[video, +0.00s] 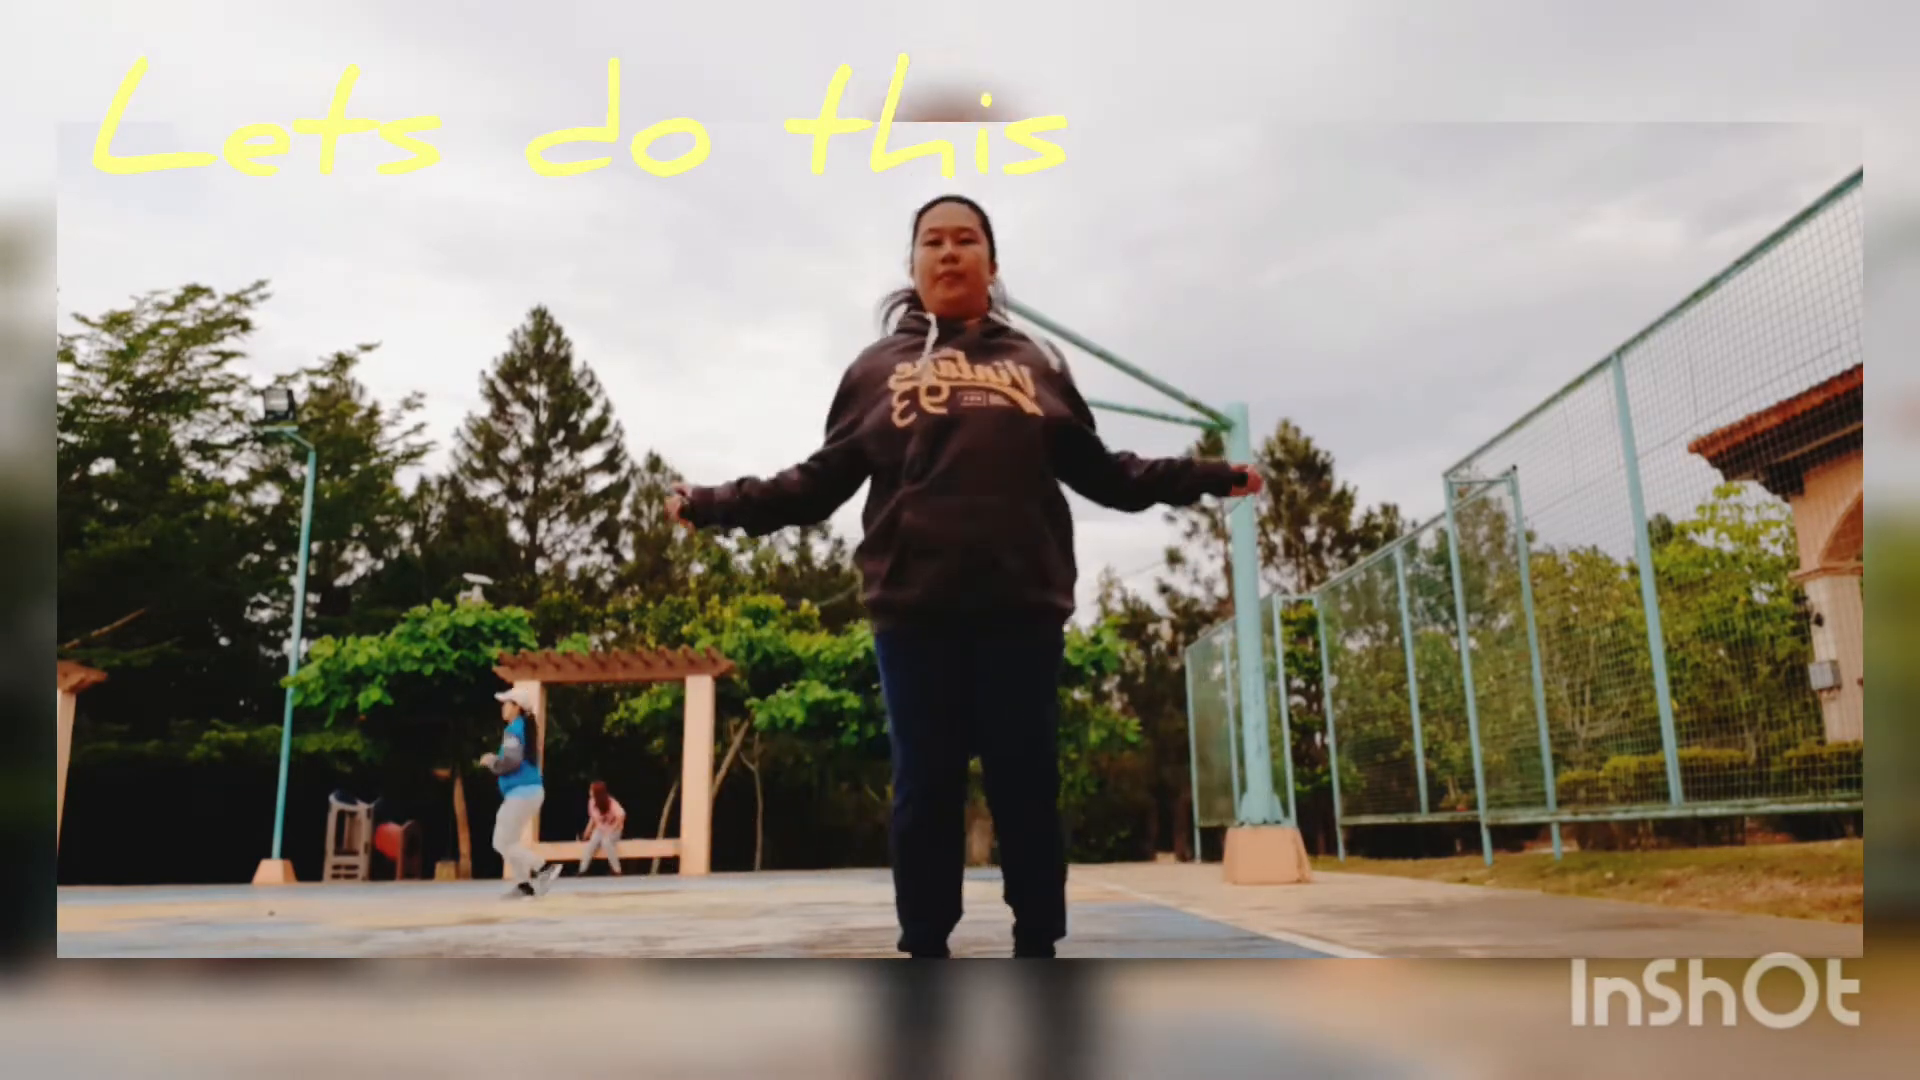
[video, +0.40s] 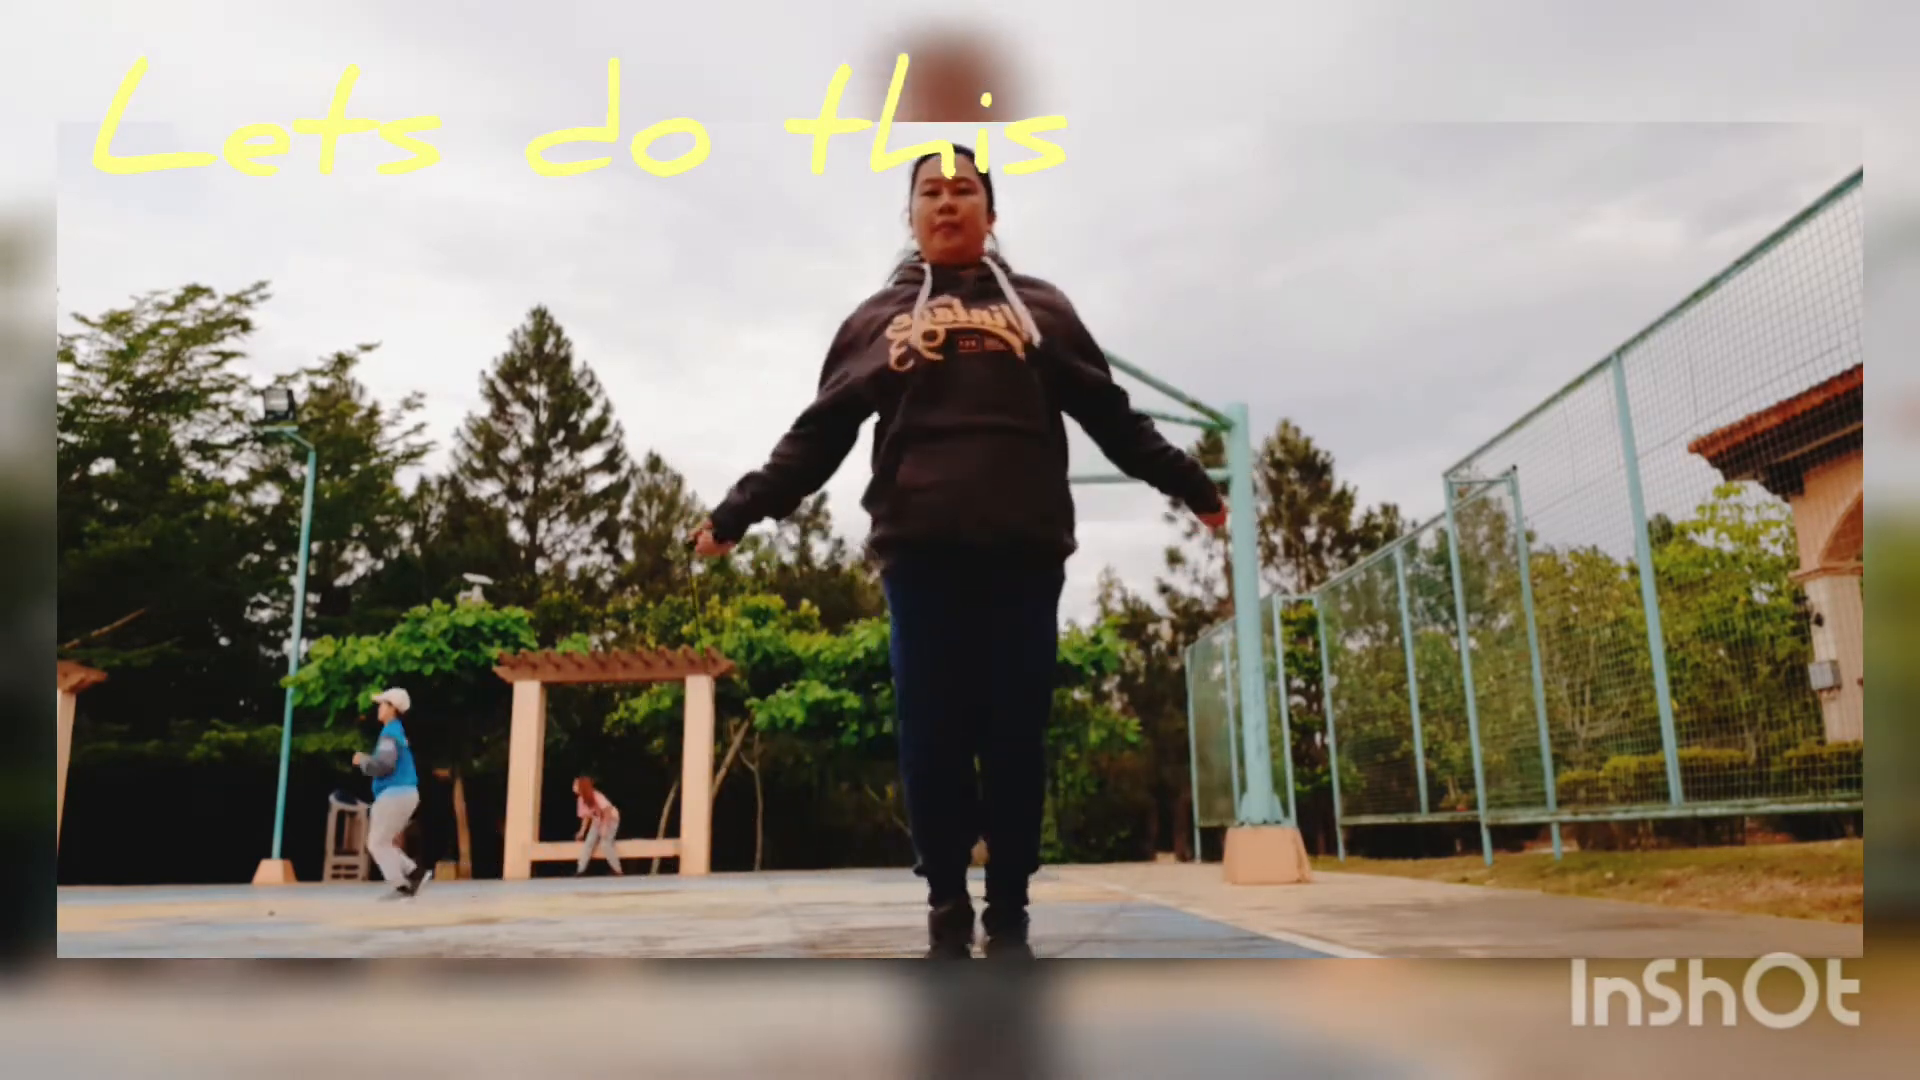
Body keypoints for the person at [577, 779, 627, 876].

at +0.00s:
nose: (590, 793)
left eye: (592, 791)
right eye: (590, 790)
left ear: (598, 793)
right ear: (595, 793)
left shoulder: (611, 802)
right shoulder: (592, 802)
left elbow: (621, 814)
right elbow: (593, 818)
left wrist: (614, 828)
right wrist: (587, 832)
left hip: (612, 827)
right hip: (600, 827)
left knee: (607, 843)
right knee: (591, 844)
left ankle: (616, 869)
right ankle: (582, 869)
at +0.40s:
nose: (574, 788)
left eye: (577, 785)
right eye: (574, 785)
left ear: (583, 786)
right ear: (576, 787)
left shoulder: (596, 796)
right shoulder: (581, 799)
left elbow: (607, 812)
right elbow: (586, 817)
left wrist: (604, 828)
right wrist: (581, 832)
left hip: (610, 817)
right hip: (597, 817)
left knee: (606, 843)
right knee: (589, 842)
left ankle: (618, 869)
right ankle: (581, 869)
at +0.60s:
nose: (563, 782)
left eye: (565, 779)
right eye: (563, 779)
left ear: (572, 782)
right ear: (569, 783)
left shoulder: (583, 791)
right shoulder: (574, 794)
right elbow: (582, 814)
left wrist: (598, 827)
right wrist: (579, 830)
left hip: (604, 816)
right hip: (591, 818)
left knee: (604, 842)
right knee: (582, 840)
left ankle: (618, 869)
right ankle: (578, 870)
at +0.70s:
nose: (561, 784)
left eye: (563, 780)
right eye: (560, 781)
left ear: (569, 780)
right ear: (563, 782)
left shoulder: (577, 788)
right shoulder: (570, 793)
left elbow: (589, 803)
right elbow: (580, 813)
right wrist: (578, 827)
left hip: (598, 814)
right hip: (587, 816)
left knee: (601, 842)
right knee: (580, 840)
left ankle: (617, 868)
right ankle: (577, 870)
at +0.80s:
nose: (554, 776)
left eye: (556, 773)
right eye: (553, 773)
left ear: (562, 773)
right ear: (560, 774)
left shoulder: (570, 784)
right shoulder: (564, 785)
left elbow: (579, 802)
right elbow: (574, 805)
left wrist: (581, 817)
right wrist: (571, 820)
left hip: (586, 814)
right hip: (577, 816)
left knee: (588, 840)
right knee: (574, 841)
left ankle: (610, 862)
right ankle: (576, 870)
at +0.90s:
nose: (551, 774)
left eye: (552, 771)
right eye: (551, 771)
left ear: (558, 771)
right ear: (560, 771)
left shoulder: (566, 781)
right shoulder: (562, 784)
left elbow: (575, 800)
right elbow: (570, 805)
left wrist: (571, 816)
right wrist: (566, 819)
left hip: (582, 813)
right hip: (575, 814)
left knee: (578, 840)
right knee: (571, 841)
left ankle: (599, 863)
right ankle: (575, 870)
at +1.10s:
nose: (546, 770)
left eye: (548, 767)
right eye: (547, 767)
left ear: (552, 768)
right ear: (554, 769)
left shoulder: (559, 779)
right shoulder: (553, 783)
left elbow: (566, 796)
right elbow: (559, 804)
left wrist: (564, 812)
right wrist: (553, 817)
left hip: (568, 810)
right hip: (564, 812)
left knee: (559, 838)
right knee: (566, 839)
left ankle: (559, 869)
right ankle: (575, 869)